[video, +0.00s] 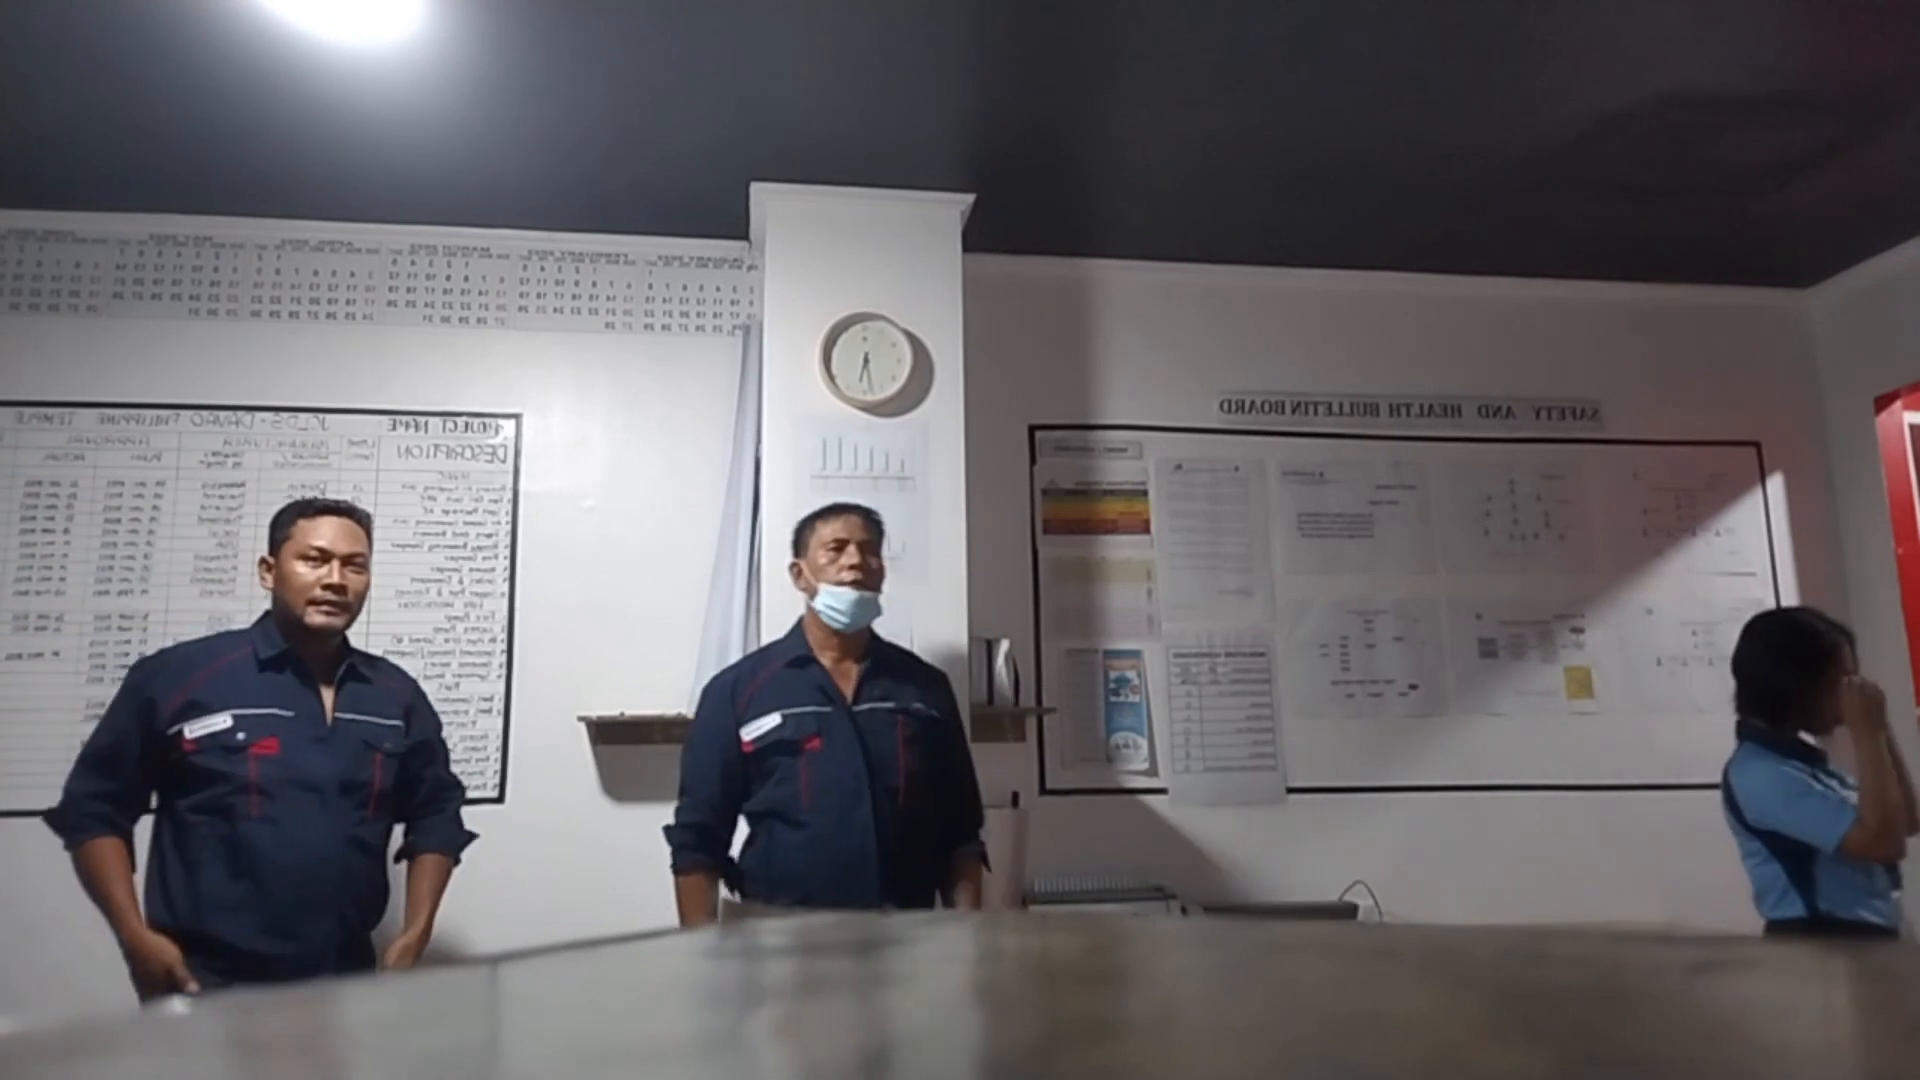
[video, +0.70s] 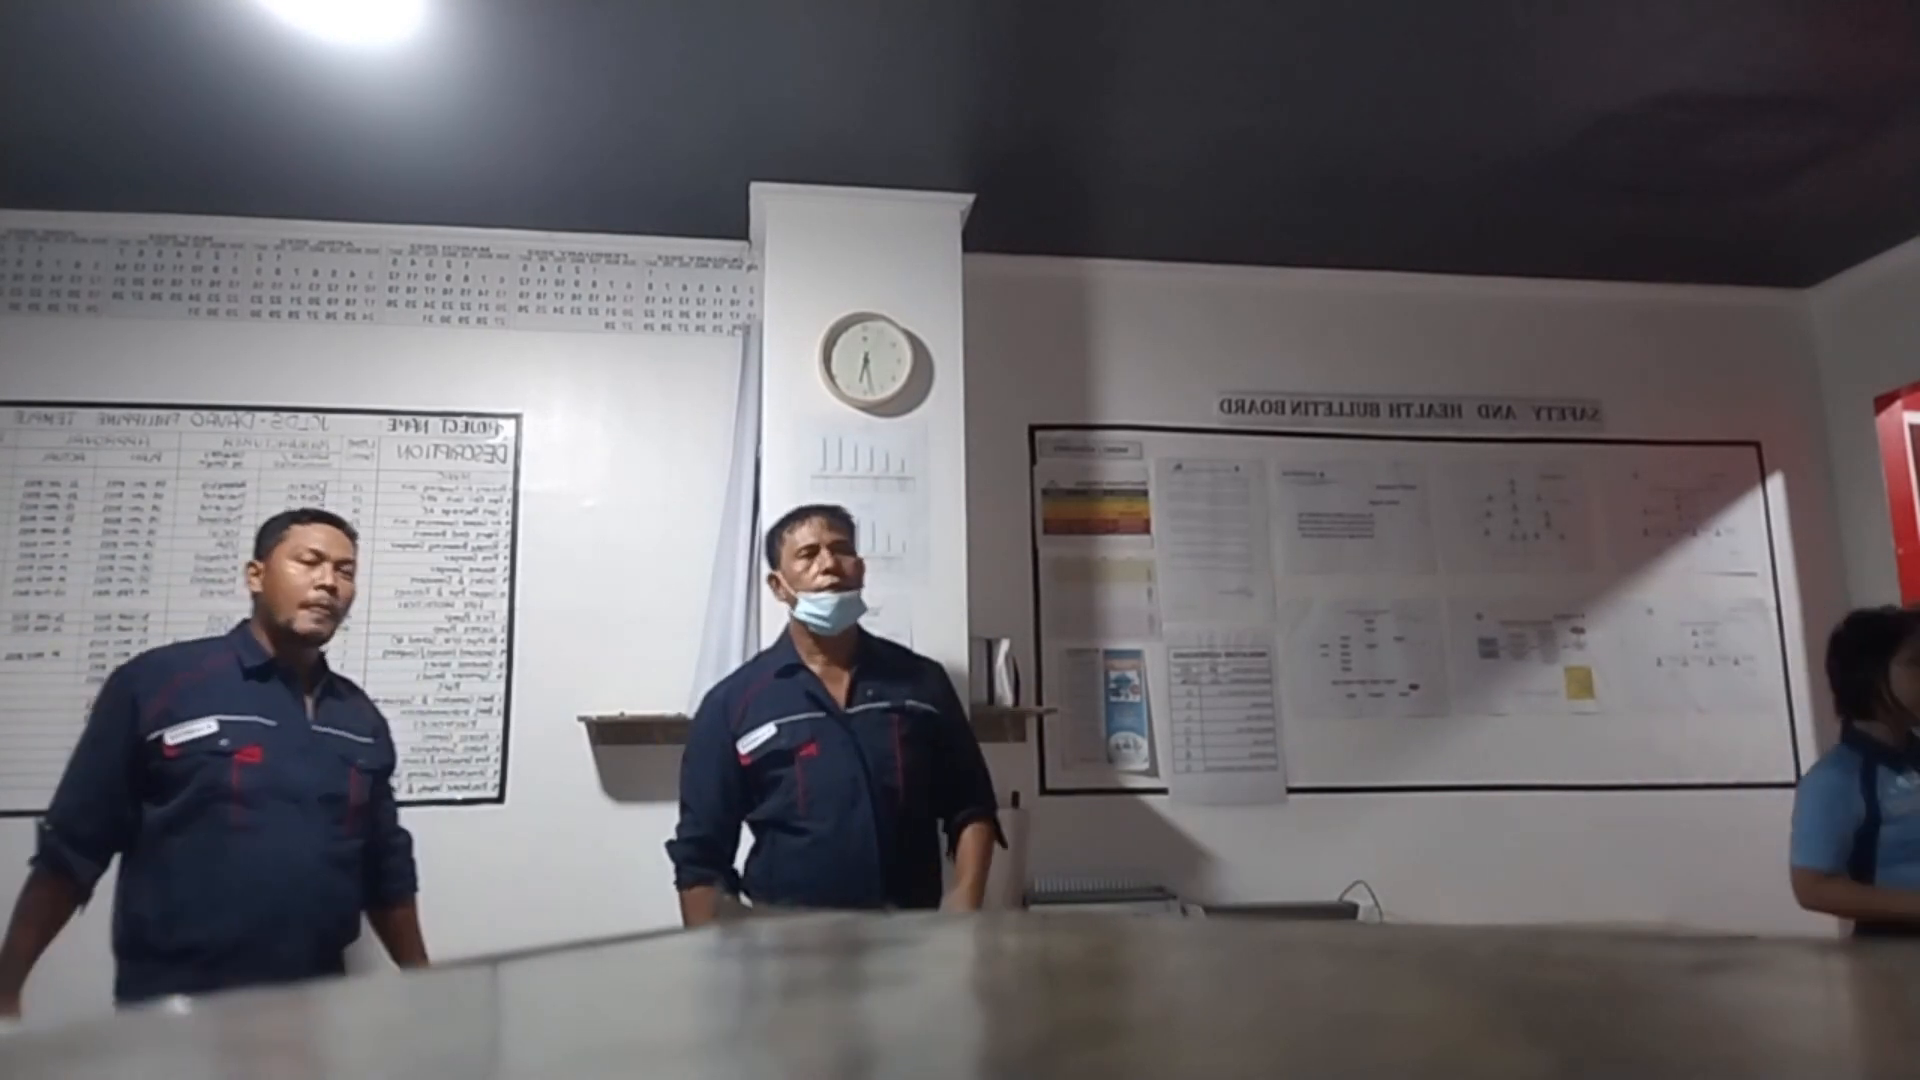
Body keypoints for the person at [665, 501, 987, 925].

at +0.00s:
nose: (856, 561)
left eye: (869, 550)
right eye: (835, 550)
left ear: (882, 572)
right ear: (801, 575)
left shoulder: (927, 688)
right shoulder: (736, 694)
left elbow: (961, 836)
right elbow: (696, 843)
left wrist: (967, 947)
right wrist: (704, 966)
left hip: (908, 943)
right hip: (782, 944)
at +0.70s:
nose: (830, 564)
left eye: (841, 550)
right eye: (808, 555)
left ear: (860, 568)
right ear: (779, 586)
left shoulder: (924, 684)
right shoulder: (733, 706)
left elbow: (975, 810)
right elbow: (701, 863)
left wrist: (960, 917)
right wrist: (724, 977)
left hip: (910, 943)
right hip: (788, 949)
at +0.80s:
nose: (852, 562)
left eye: (864, 549)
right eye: (831, 553)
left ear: (884, 570)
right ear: (802, 583)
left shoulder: (943, 686)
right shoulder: (749, 702)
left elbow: (998, 809)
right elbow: (714, 858)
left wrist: (957, 843)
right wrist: (733, 977)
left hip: (924, 944)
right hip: (801, 948)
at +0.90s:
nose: (880, 564)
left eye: (892, 552)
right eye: (859, 552)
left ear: (909, 575)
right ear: (828, 579)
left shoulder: (959, 688)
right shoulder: (768, 698)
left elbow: (1010, 824)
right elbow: (730, 852)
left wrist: (943, 771)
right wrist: (744, 973)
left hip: (938, 940)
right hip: (814, 943)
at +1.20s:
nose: (947, 571)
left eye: (962, 561)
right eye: (928, 557)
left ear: (978, 584)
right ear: (893, 580)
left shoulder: (1003, 693)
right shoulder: (818, 688)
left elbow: (1041, 823)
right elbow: (770, 824)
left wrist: (960, 728)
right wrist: (773, 947)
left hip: (974, 944)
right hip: (851, 945)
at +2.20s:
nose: (887, 567)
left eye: (906, 556)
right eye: (870, 554)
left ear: (927, 584)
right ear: (841, 580)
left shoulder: (963, 689)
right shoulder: (770, 686)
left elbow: (989, 821)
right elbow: (721, 826)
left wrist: (907, 719)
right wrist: (728, 946)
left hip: (924, 942)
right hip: (802, 940)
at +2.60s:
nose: (821, 562)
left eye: (835, 549)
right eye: (800, 550)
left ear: (856, 572)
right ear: (770, 576)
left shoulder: (908, 673)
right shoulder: (714, 697)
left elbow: (957, 807)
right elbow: (672, 854)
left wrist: (862, 764)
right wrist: (675, 983)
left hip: (882, 941)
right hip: (760, 943)